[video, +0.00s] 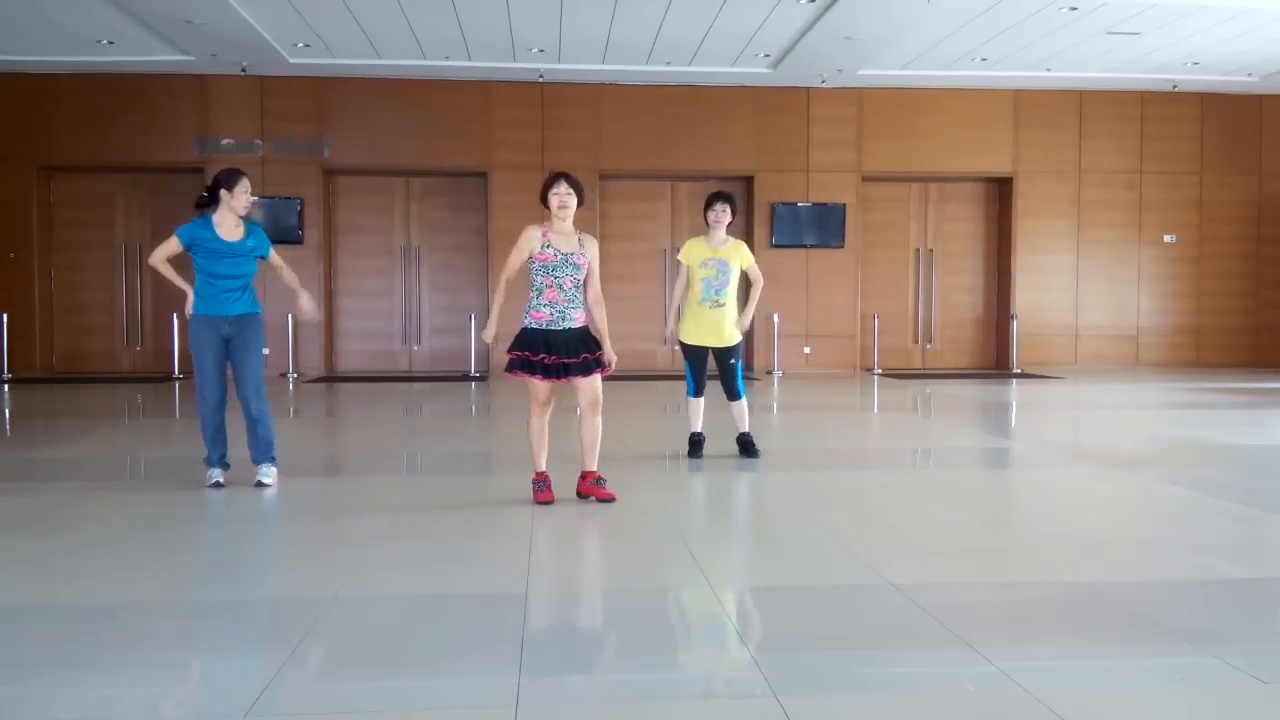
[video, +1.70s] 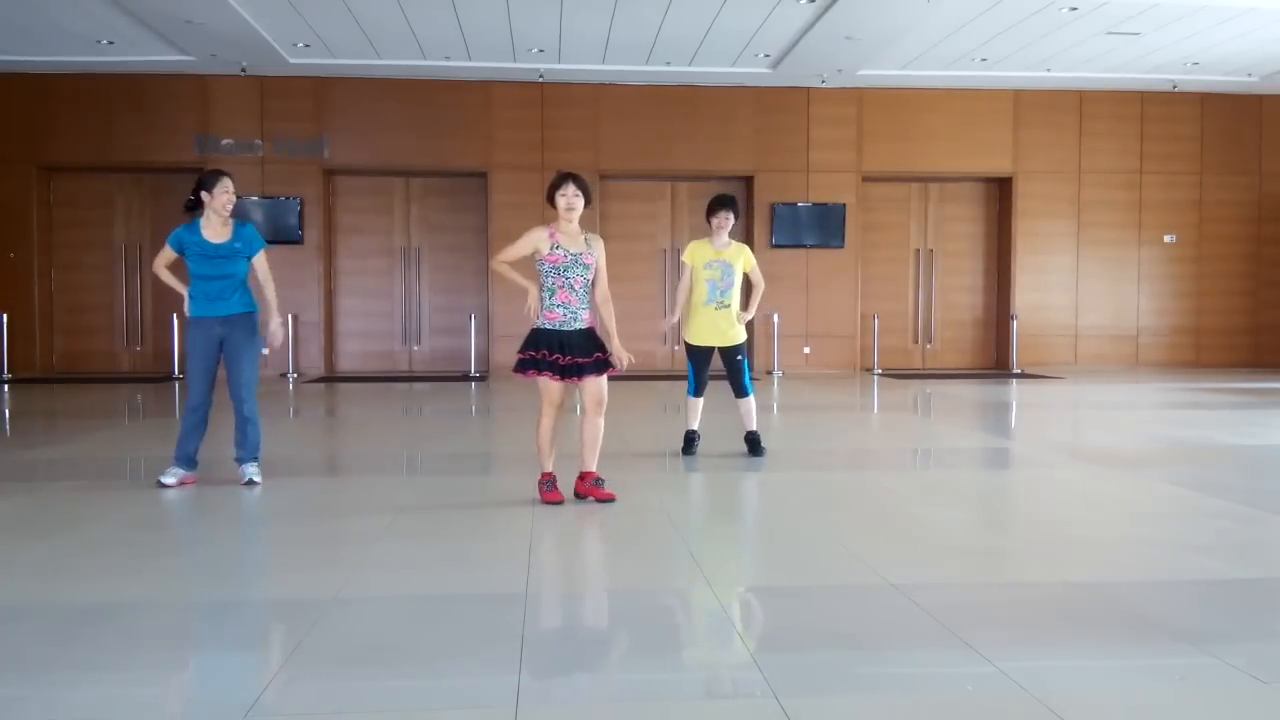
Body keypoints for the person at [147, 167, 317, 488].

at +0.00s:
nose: (250, 199)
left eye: (250, 193)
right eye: (244, 193)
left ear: (238, 196)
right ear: (224, 195)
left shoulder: (254, 233)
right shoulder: (197, 229)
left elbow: (280, 266)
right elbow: (156, 258)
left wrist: (301, 291)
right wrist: (187, 288)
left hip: (246, 321)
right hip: (205, 322)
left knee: (252, 395)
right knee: (211, 397)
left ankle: (266, 463)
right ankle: (216, 465)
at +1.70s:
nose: (231, 198)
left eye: (233, 193)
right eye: (224, 193)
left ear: (234, 197)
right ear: (205, 197)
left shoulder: (246, 232)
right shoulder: (185, 235)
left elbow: (265, 278)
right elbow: (159, 266)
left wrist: (274, 320)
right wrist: (185, 291)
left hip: (241, 322)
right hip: (202, 324)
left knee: (245, 398)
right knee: (196, 398)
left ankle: (249, 463)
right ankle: (184, 465)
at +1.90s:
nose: (223, 200)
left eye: (224, 194)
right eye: (216, 194)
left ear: (226, 198)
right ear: (196, 197)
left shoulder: (234, 235)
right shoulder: (174, 232)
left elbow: (240, 284)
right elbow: (145, 262)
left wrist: (237, 326)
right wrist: (168, 289)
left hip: (220, 321)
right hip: (182, 322)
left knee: (232, 398)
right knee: (184, 398)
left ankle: (247, 462)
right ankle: (183, 466)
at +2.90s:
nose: (203, 201)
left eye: (209, 194)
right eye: (197, 195)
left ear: (225, 197)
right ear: (193, 200)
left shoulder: (244, 237)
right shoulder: (184, 233)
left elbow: (251, 286)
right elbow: (160, 261)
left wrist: (244, 327)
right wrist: (163, 289)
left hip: (226, 323)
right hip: (186, 323)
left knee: (235, 398)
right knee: (184, 398)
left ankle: (247, 462)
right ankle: (183, 466)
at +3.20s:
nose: (213, 198)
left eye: (220, 192)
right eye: (208, 193)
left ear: (236, 196)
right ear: (203, 197)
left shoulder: (257, 235)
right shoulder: (196, 234)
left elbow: (270, 282)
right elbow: (184, 273)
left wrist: (275, 323)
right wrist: (174, 294)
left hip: (251, 323)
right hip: (210, 324)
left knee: (249, 399)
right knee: (202, 397)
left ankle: (249, 463)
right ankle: (195, 466)